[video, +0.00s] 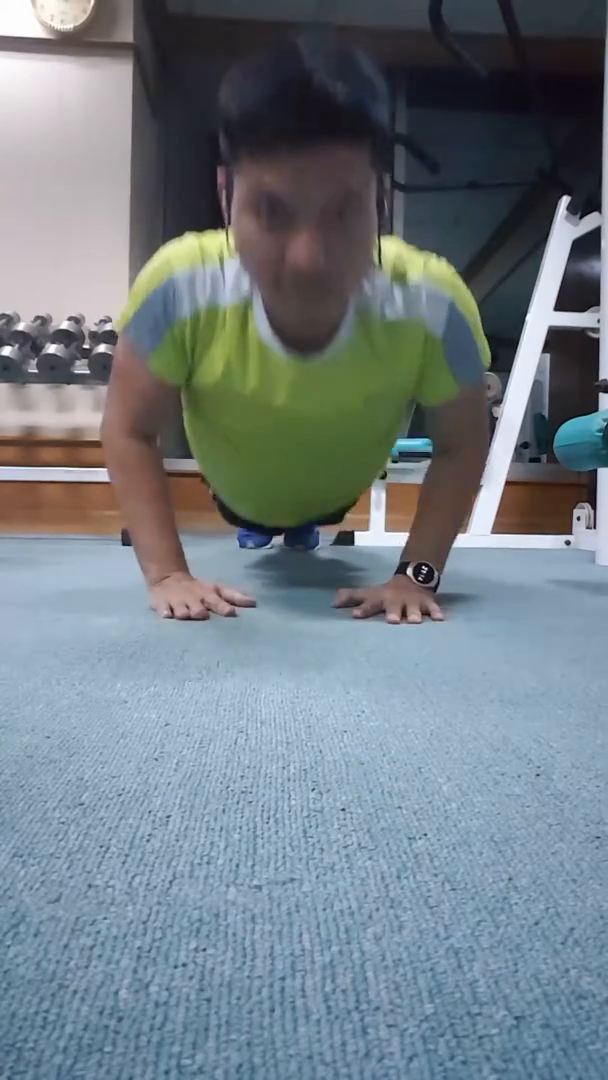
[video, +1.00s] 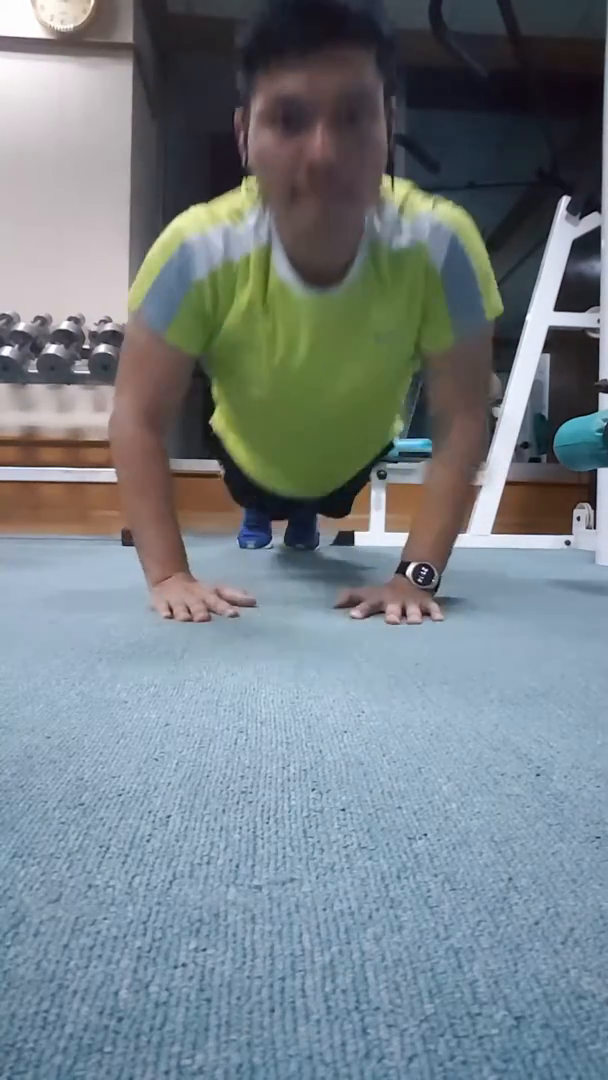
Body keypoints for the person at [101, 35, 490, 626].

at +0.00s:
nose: (307, 254)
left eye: (341, 211)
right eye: (272, 211)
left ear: (381, 195)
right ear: (225, 195)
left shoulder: (428, 298)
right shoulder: (177, 282)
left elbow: (462, 444)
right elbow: (126, 431)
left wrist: (416, 574)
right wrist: (168, 574)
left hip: (338, 489)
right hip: (236, 489)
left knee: (316, 516)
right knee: (249, 521)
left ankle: (303, 530)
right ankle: (260, 528)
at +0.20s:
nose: (312, 382)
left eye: (349, 342)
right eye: (278, 336)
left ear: (389, 320)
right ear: (228, 311)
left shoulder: (444, 383)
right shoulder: (167, 364)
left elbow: (487, 461)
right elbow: (114, 450)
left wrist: (420, 577)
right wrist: (168, 576)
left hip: (343, 510)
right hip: (225, 510)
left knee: (315, 544)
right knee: (249, 552)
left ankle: (291, 563)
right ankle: (262, 565)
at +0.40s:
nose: (307, 498)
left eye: (346, 454)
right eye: (269, 454)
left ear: (386, 432)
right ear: (219, 424)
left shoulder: (444, 450)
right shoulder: (163, 438)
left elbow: (503, 462)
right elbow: (94, 446)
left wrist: (422, 576)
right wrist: (167, 576)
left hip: (354, 566)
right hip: (226, 561)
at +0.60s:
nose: (302, 474)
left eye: (340, 431)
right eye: (267, 431)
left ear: (385, 406)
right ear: (217, 403)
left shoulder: (449, 436)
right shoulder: (158, 430)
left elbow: (497, 463)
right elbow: (97, 449)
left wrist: (421, 575)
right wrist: (168, 576)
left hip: (353, 573)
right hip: (225, 568)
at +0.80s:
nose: (310, 283)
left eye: (344, 246)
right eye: (277, 246)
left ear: (385, 240)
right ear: (226, 242)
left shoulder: (438, 330)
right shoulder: (169, 328)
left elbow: (488, 452)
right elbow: (111, 441)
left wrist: (418, 577)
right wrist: (168, 577)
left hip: (348, 506)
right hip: (234, 507)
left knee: (336, 530)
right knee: (245, 531)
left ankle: (325, 537)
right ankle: (262, 543)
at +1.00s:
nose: (323, 151)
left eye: (352, 118)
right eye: (291, 121)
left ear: (390, 126)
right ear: (244, 135)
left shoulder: (439, 243)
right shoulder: (198, 249)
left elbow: (464, 418)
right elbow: (136, 419)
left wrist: (416, 576)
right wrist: (169, 576)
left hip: (351, 457)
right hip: (250, 455)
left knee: (320, 499)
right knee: (257, 495)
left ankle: (303, 519)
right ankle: (262, 517)